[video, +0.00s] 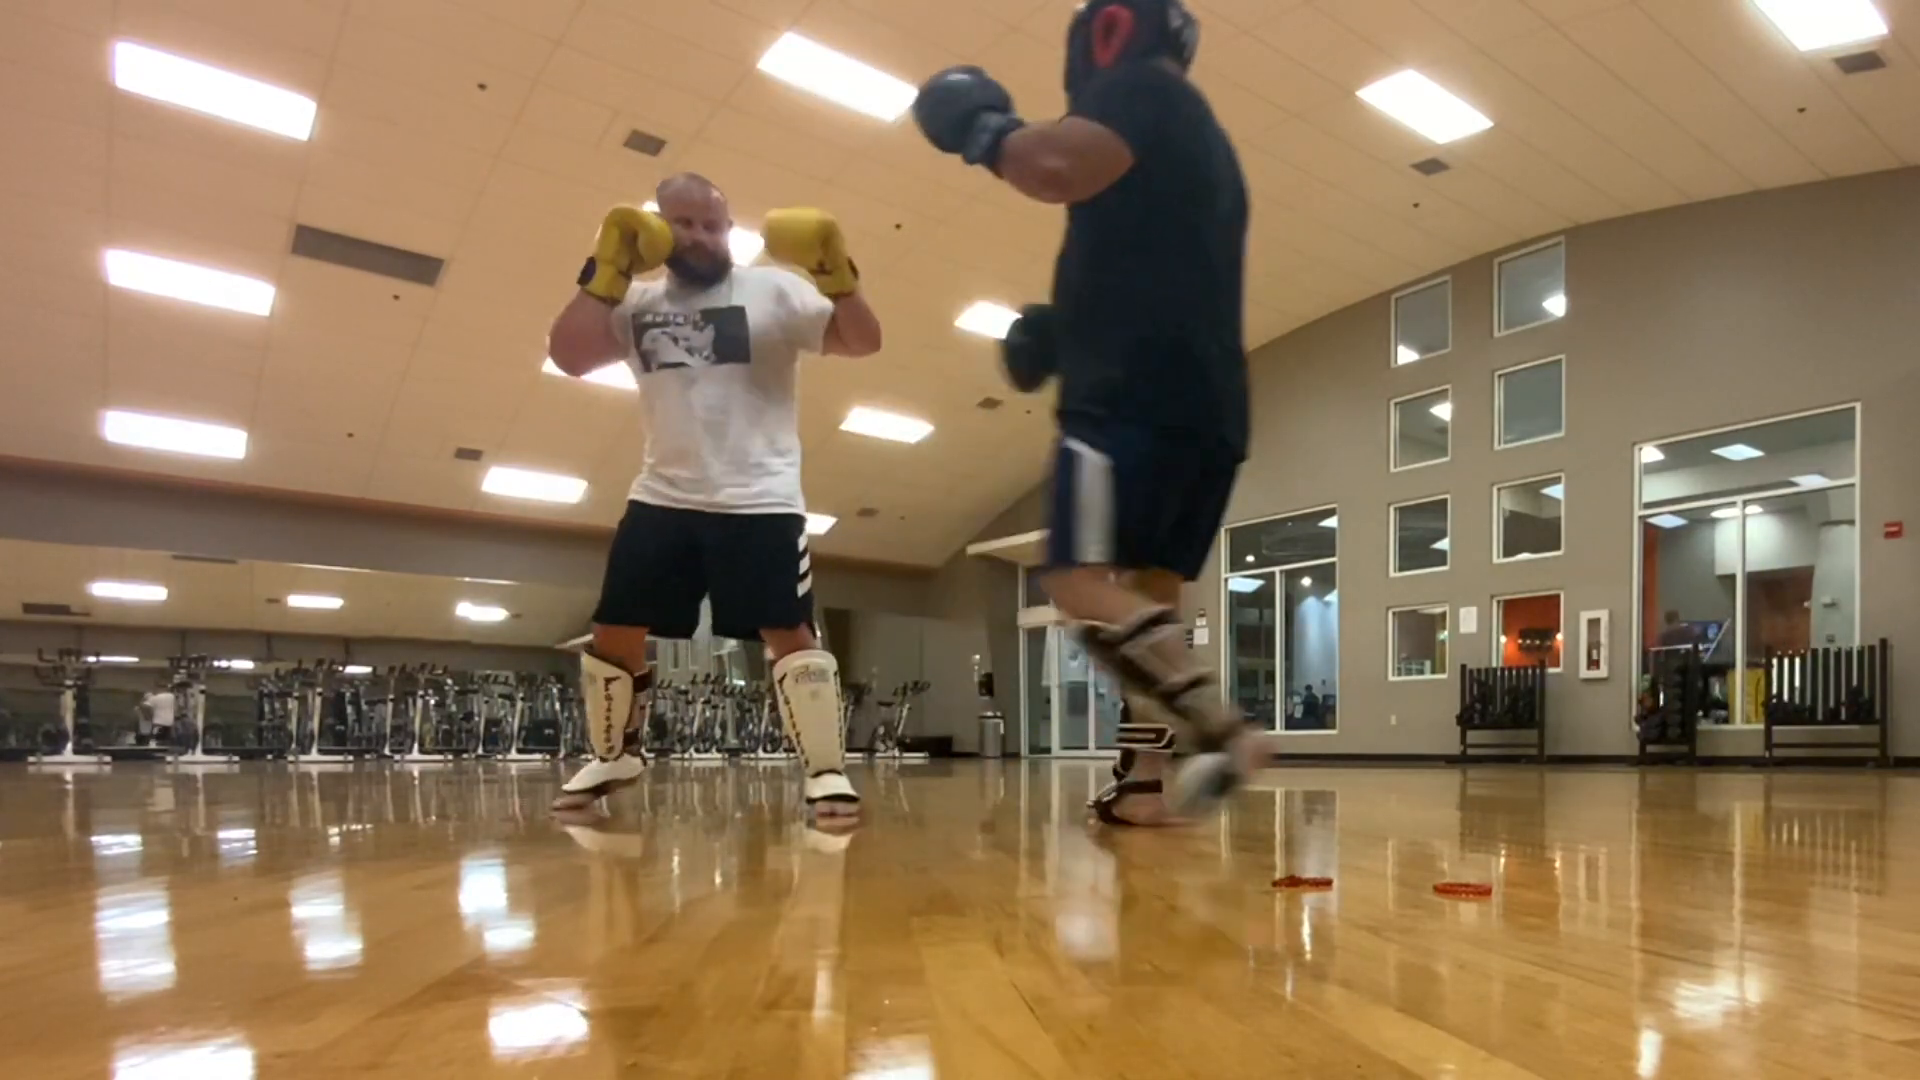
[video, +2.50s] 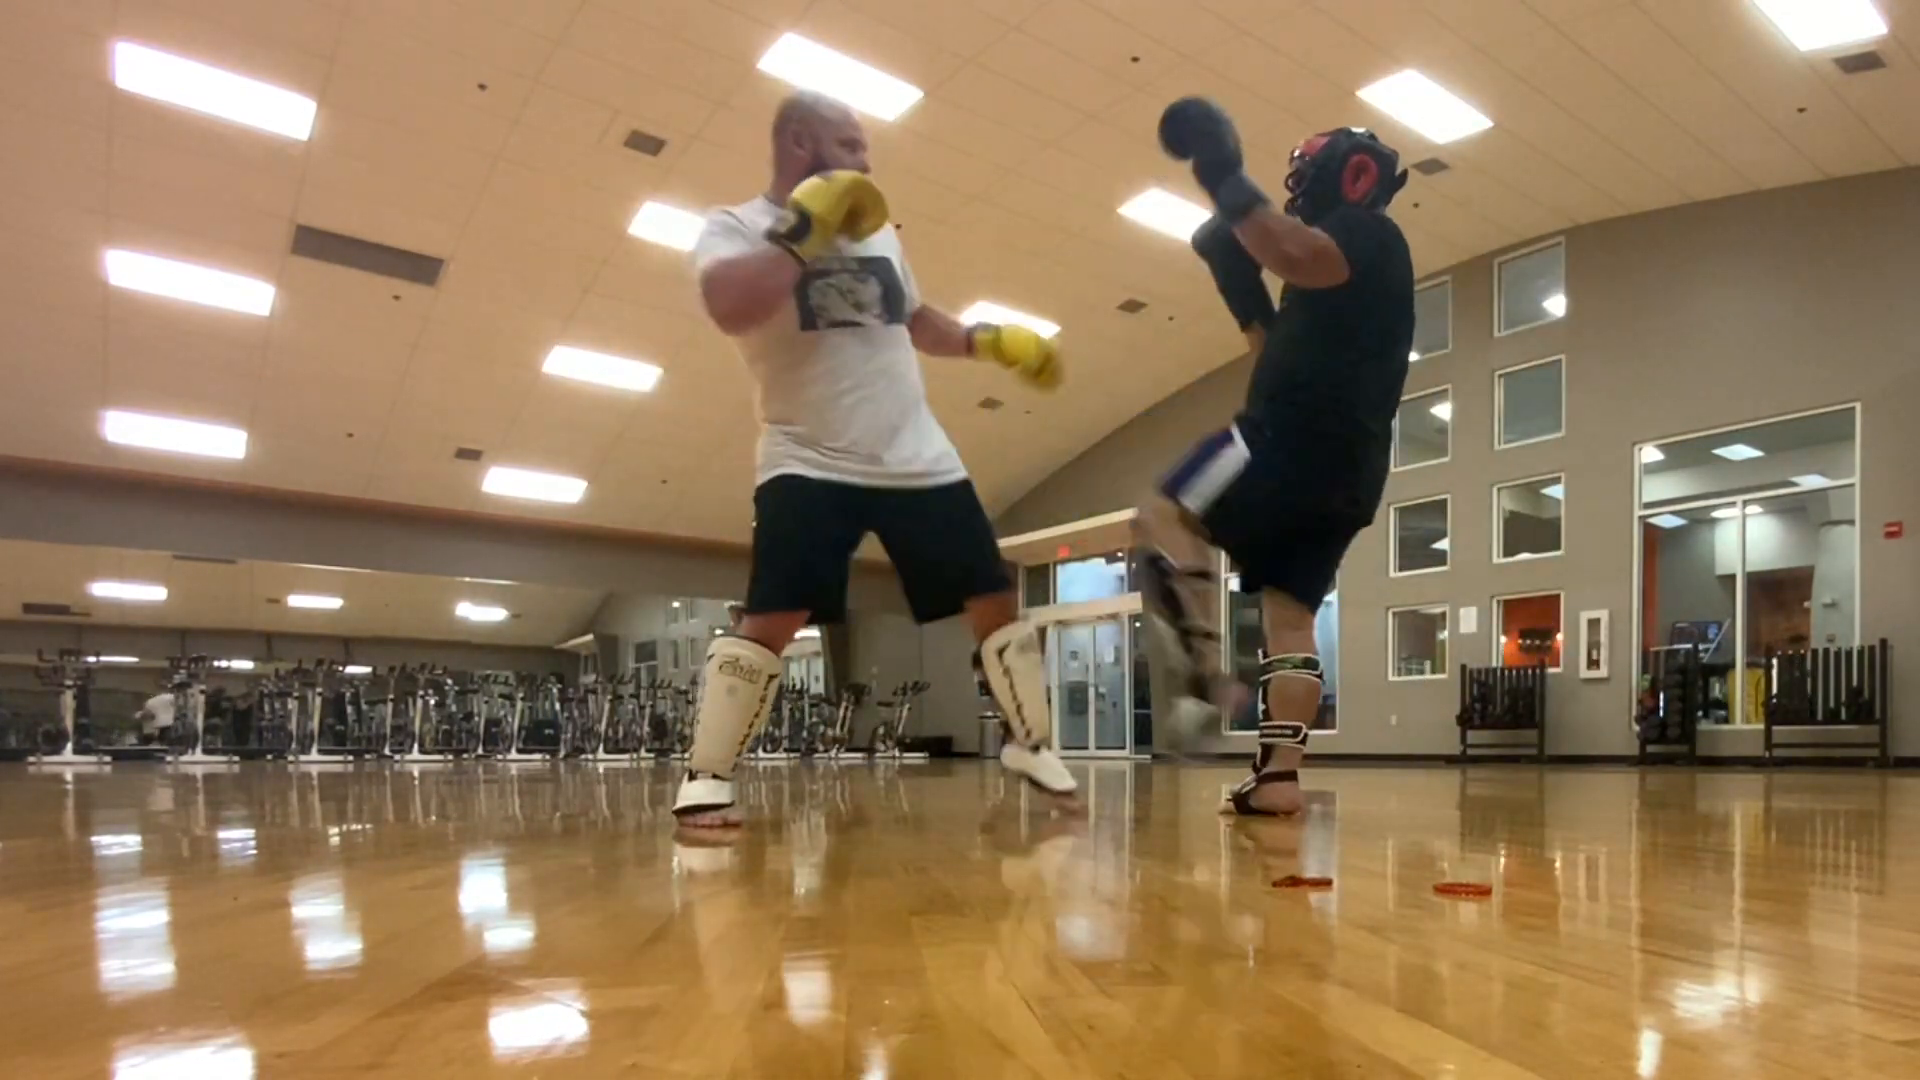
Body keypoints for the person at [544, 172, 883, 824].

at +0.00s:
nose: (700, 235)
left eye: (711, 222)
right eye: (684, 224)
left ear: (730, 226)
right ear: (660, 232)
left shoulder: (773, 290)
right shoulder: (639, 304)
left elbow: (861, 340)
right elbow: (571, 355)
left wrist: (838, 277)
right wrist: (608, 271)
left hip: (761, 496)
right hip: (665, 494)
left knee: (787, 628)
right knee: (617, 626)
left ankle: (826, 774)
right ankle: (615, 756)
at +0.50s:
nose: (705, 258)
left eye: (716, 247)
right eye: (693, 241)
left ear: (724, 250)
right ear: (660, 228)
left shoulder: (732, 314)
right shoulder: (591, 273)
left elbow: (780, 406)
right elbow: (571, 343)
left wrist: (820, 356)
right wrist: (635, 273)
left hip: (716, 504)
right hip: (615, 501)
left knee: (751, 632)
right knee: (609, 644)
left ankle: (807, 763)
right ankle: (612, 773)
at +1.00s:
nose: (783, 212)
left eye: (794, 203)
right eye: (771, 196)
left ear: (799, 211)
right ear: (728, 188)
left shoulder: (805, 283)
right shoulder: (662, 234)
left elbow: (855, 378)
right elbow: (620, 308)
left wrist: (890, 327)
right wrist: (700, 247)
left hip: (768, 475)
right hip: (667, 457)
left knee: (785, 626)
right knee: (618, 605)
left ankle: (810, 773)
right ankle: (577, 760)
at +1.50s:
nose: (752, 166)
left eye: (755, 159)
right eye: (741, 149)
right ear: (687, 130)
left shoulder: (744, 258)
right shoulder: (616, 188)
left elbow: (769, 359)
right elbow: (640, 270)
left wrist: (834, 307)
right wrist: (718, 203)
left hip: (758, 456)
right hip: (654, 450)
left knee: (818, 598)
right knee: (626, 609)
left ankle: (847, 756)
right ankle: (593, 777)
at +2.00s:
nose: (833, 176)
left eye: (839, 167)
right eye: (830, 160)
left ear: (800, 148)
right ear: (785, 138)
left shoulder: (826, 249)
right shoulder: (709, 186)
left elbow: (885, 345)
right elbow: (744, 269)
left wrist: (926, 287)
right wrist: (820, 210)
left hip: (819, 445)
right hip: (727, 436)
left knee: (894, 590)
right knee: (743, 600)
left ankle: (896, 742)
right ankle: (702, 785)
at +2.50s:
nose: (861, 163)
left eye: (865, 150)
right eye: (848, 147)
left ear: (863, 153)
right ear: (797, 143)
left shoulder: (878, 234)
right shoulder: (737, 229)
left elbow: (915, 319)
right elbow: (729, 306)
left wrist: (987, 341)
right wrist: (805, 234)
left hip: (915, 452)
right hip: (808, 456)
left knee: (991, 593)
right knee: (778, 609)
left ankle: (1033, 747)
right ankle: (706, 781)